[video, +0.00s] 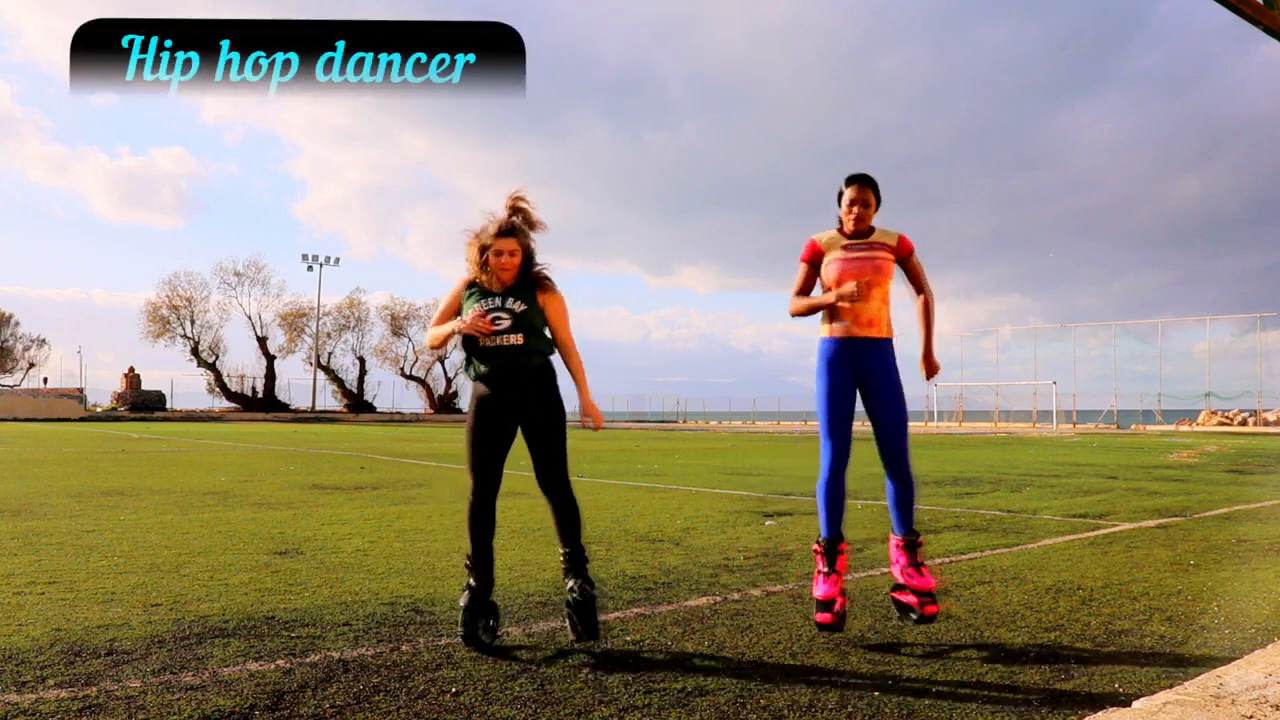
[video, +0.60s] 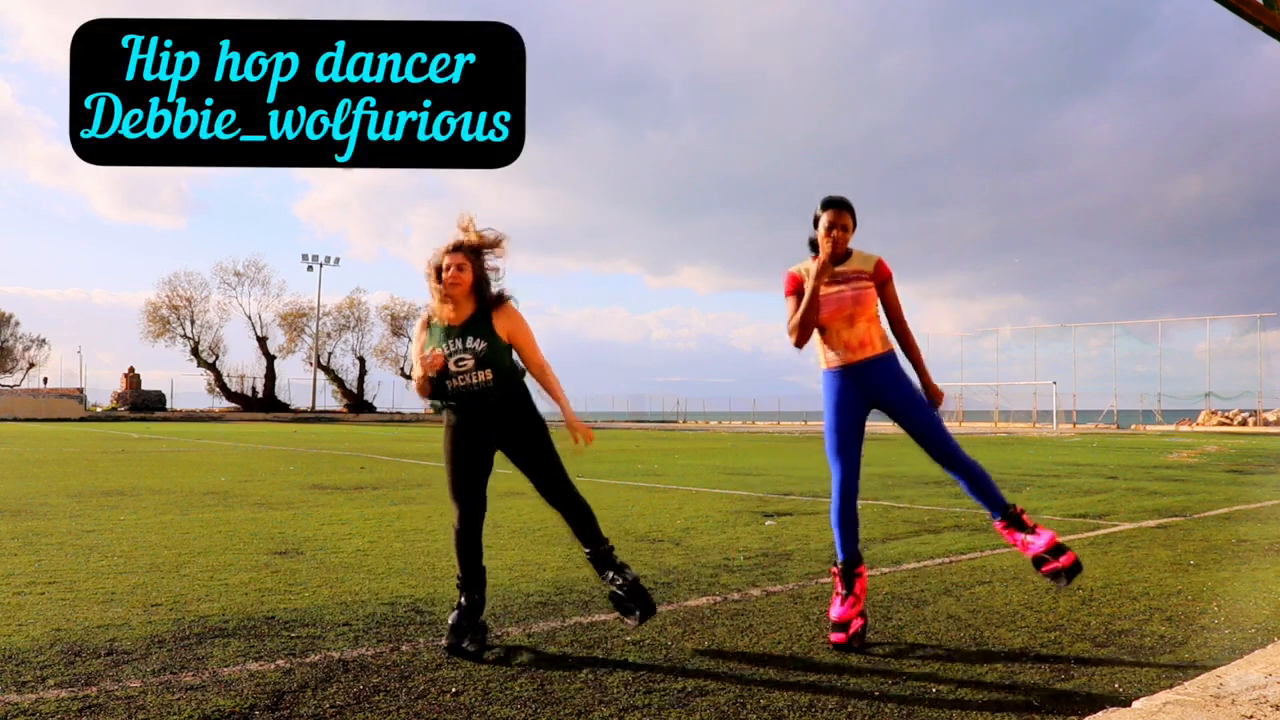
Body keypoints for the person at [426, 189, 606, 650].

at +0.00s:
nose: (504, 260)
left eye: (512, 253)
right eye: (497, 253)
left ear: (524, 258)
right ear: (485, 257)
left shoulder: (542, 292)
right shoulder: (468, 290)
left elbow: (565, 344)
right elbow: (431, 340)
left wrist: (585, 398)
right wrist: (458, 325)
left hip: (540, 397)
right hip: (491, 398)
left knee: (556, 484)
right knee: (482, 490)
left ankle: (577, 578)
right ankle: (480, 585)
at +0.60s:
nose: (452, 273)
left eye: (461, 267)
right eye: (447, 267)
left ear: (476, 275)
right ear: (439, 276)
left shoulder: (501, 313)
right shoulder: (428, 324)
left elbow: (537, 365)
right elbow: (420, 389)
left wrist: (567, 413)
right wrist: (426, 372)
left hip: (513, 416)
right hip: (464, 424)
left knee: (562, 494)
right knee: (467, 518)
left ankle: (613, 572)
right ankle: (470, 609)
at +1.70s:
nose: (540, 272)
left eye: (549, 266)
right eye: (534, 265)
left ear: (564, 272)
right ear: (525, 269)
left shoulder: (578, 313)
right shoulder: (508, 302)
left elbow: (591, 372)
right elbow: (475, 352)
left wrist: (588, 423)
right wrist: (506, 365)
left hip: (546, 421)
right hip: (496, 414)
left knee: (546, 513)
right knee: (463, 498)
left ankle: (542, 607)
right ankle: (439, 589)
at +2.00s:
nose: (498, 275)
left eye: (506, 268)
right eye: (491, 268)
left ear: (517, 274)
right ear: (477, 272)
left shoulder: (533, 315)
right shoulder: (457, 315)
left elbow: (563, 366)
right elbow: (427, 372)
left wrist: (591, 411)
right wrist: (449, 339)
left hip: (534, 419)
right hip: (483, 426)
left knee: (582, 499)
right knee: (491, 518)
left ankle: (620, 578)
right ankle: (496, 611)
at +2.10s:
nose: (494, 281)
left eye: (500, 274)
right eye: (485, 274)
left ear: (509, 279)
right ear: (471, 277)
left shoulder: (526, 316)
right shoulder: (452, 322)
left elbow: (555, 367)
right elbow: (437, 386)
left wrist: (580, 415)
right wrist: (447, 355)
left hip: (529, 421)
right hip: (480, 428)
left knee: (586, 492)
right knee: (488, 518)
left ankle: (633, 569)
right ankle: (494, 613)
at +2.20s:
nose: (488, 265)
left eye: (495, 258)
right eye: (480, 257)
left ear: (505, 260)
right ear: (465, 258)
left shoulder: (521, 297)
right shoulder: (445, 303)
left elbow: (550, 343)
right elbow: (424, 361)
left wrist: (575, 384)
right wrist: (439, 337)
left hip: (530, 403)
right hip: (480, 412)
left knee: (583, 472)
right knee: (489, 505)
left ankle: (626, 549)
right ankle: (493, 600)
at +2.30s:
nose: (489, 256)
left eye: (496, 249)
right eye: (481, 249)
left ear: (504, 253)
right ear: (463, 252)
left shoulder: (521, 287)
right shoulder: (444, 295)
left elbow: (551, 329)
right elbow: (421, 353)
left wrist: (579, 365)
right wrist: (437, 327)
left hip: (529, 391)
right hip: (479, 402)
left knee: (578, 467)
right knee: (489, 498)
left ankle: (623, 548)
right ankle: (492, 592)